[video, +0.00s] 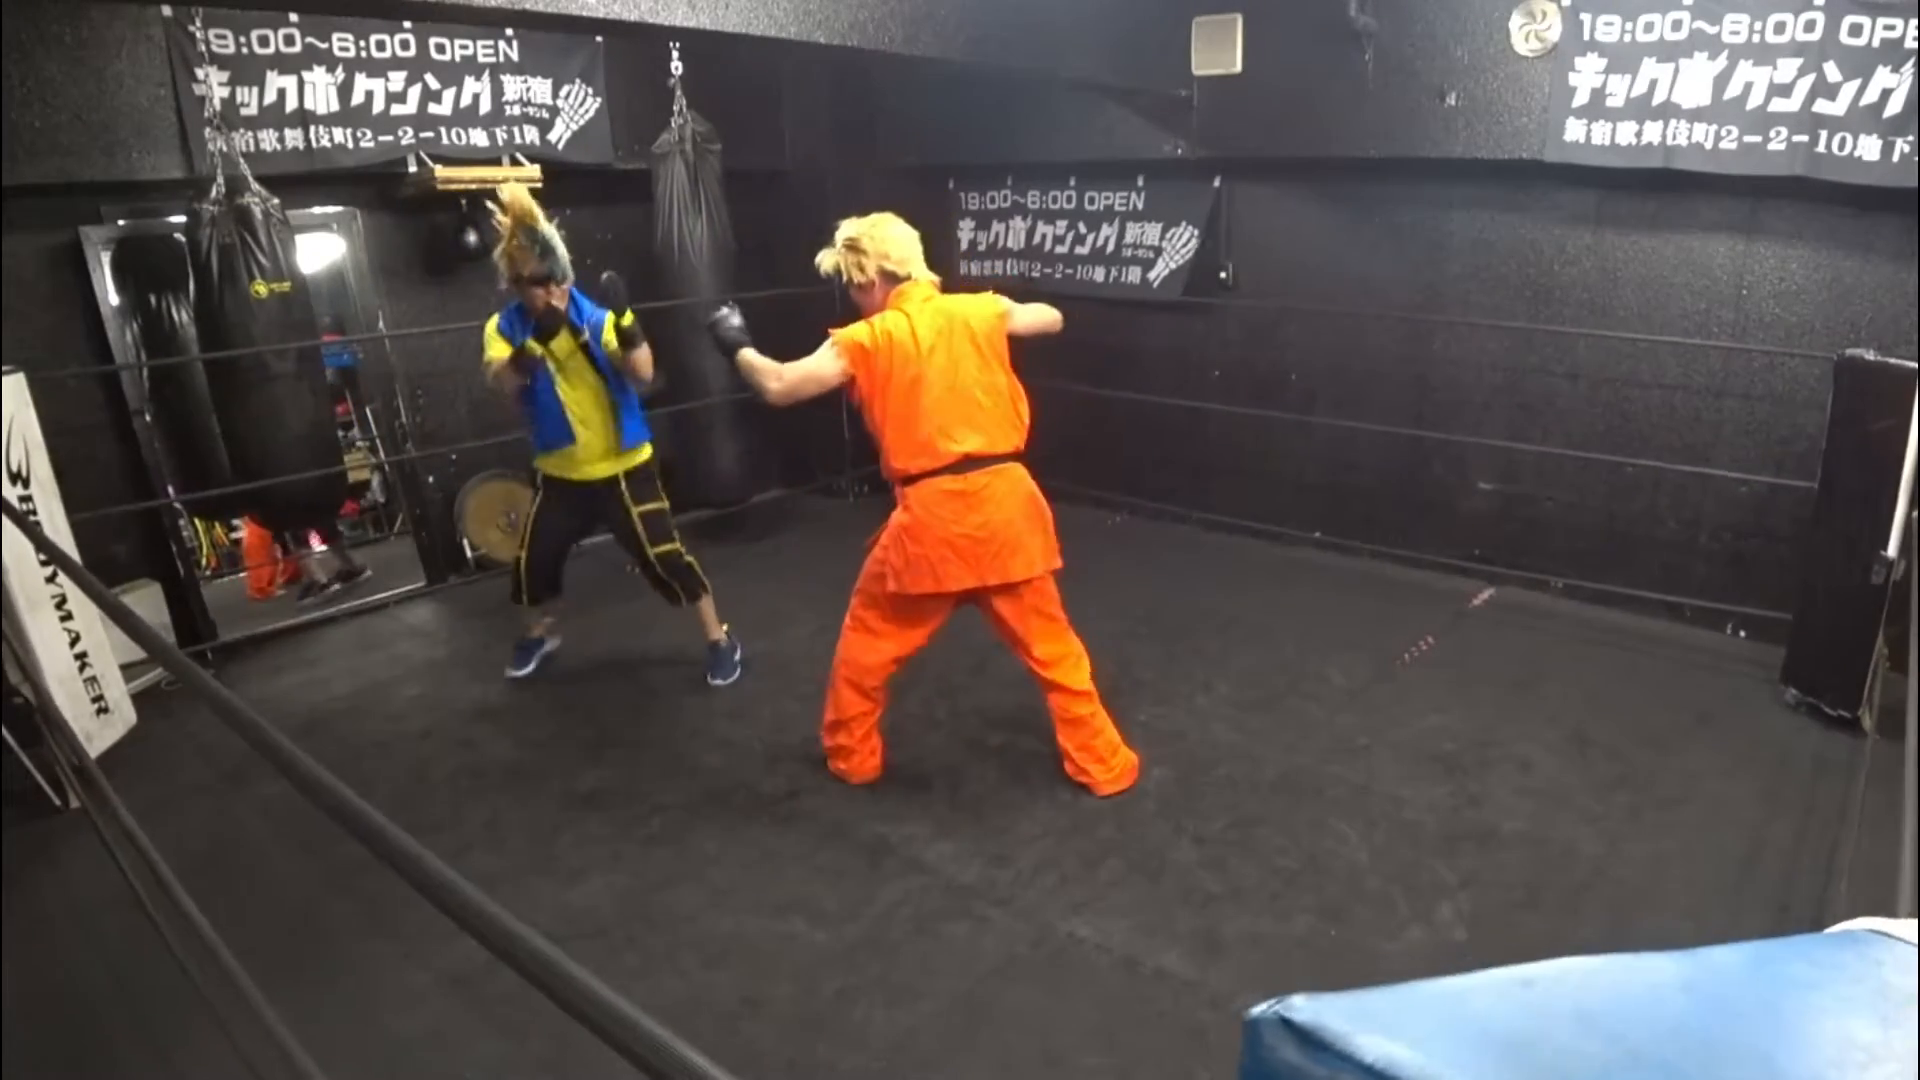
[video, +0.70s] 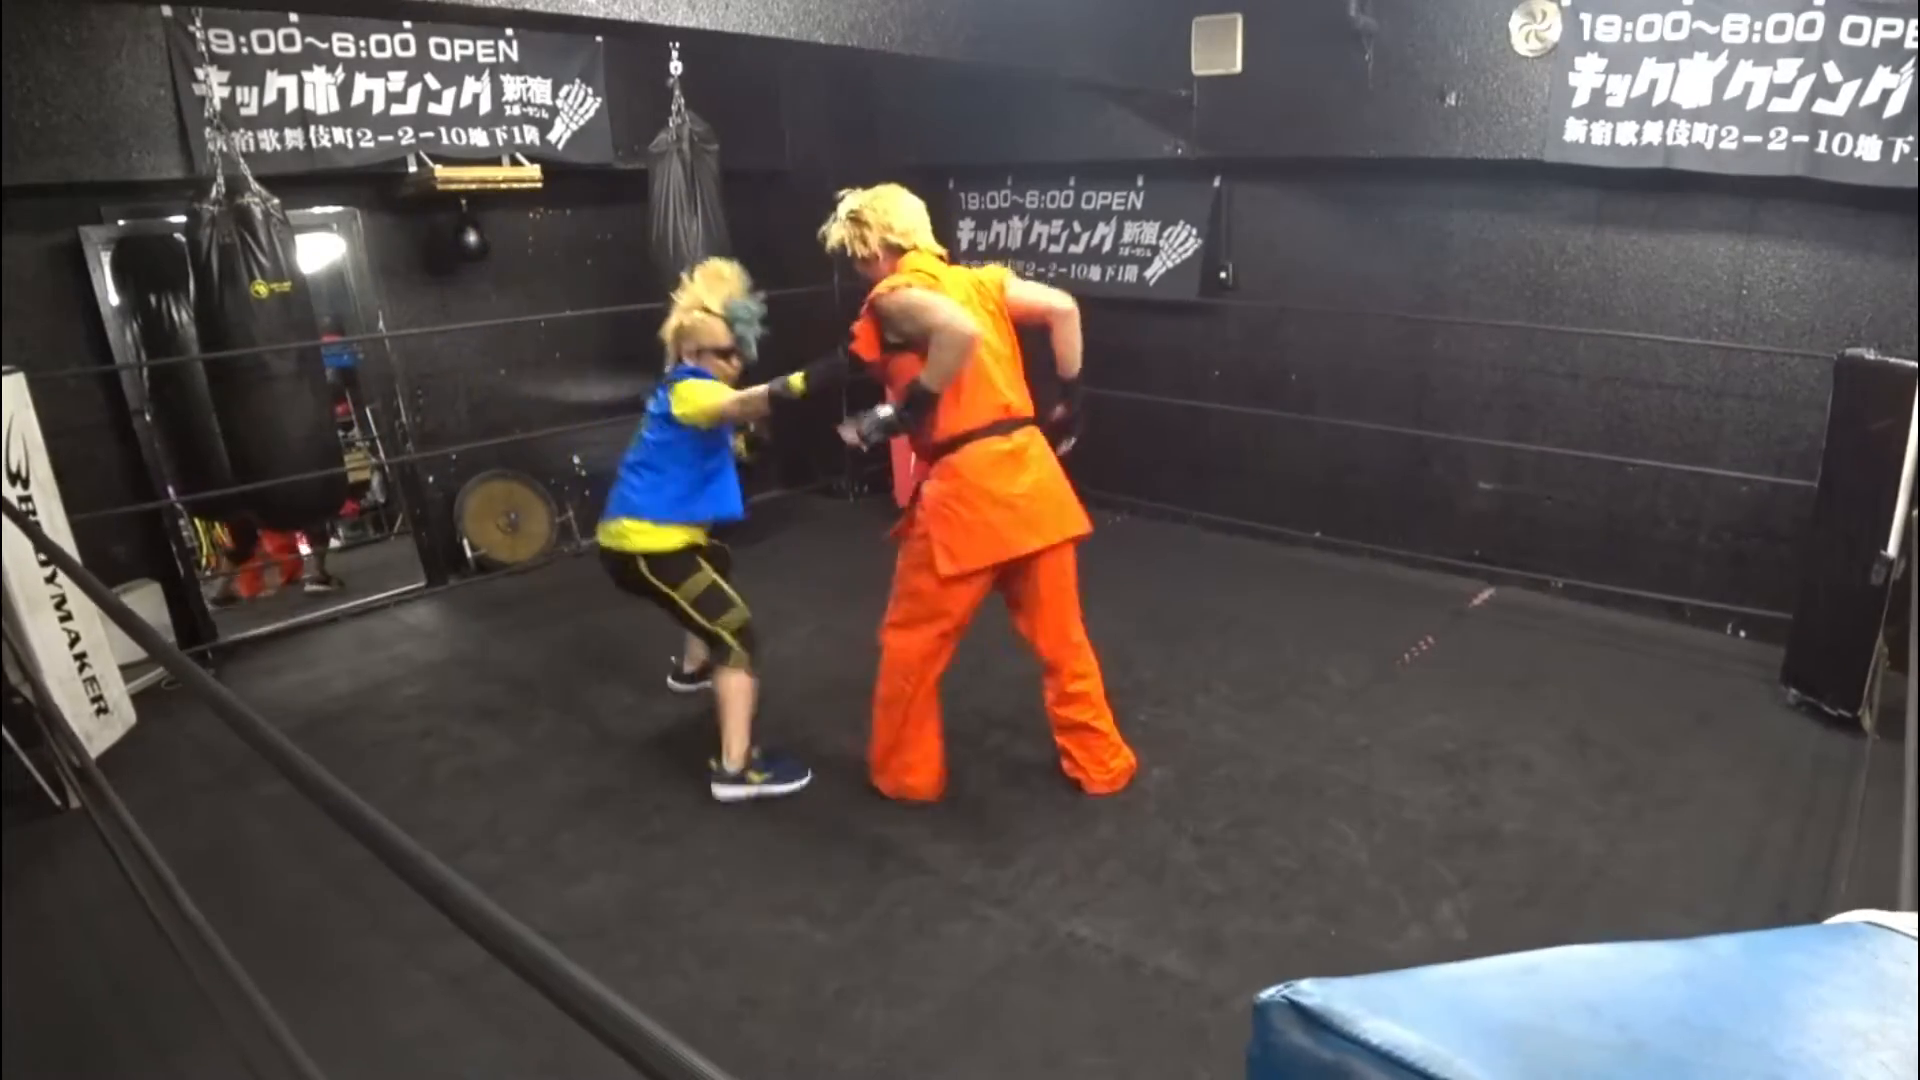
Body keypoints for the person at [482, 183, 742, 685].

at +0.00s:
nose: (544, 293)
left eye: (550, 280)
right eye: (532, 283)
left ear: (564, 278)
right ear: (515, 286)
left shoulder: (595, 315)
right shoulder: (505, 328)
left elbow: (644, 373)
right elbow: (505, 385)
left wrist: (627, 326)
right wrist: (532, 344)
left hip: (625, 462)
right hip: (562, 472)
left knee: (664, 556)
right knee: (534, 562)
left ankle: (718, 636)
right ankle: (541, 634)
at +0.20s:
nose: (572, 322)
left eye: (577, 311)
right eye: (558, 313)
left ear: (587, 313)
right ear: (531, 318)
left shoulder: (607, 357)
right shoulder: (511, 369)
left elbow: (663, 422)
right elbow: (529, 433)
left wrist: (653, 398)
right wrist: (573, 398)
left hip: (622, 494)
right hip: (558, 505)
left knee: (678, 563)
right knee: (525, 596)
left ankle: (690, 646)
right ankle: (520, 640)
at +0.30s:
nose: (617, 306)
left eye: (623, 294)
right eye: (603, 296)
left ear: (633, 296)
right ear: (575, 302)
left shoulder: (648, 354)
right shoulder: (551, 359)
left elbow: (683, 397)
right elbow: (549, 432)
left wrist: (693, 394)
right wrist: (610, 414)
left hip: (632, 496)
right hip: (571, 506)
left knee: (688, 565)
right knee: (552, 598)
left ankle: (687, 656)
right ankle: (526, 635)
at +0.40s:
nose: (666, 306)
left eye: (669, 295)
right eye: (654, 296)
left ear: (675, 300)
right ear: (623, 303)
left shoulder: (663, 352)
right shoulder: (598, 353)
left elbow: (681, 406)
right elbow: (575, 421)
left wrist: (701, 395)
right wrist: (644, 412)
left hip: (642, 497)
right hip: (592, 503)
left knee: (699, 562)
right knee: (604, 619)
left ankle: (689, 657)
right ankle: (523, 628)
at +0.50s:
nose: (703, 325)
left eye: (706, 313)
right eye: (691, 315)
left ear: (705, 313)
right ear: (658, 315)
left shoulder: (682, 364)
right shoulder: (638, 358)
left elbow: (707, 434)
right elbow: (620, 423)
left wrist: (717, 404)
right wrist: (681, 407)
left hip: (646, 503)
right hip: (605, 507)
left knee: (706, 560)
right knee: (665, 603)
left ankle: (691, 656)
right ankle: (559, 670)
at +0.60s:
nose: (725, 348)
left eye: (727, 338)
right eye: (714, 338)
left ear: (725, 338)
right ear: (684, 338)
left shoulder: (701, 382)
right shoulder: (669, 376)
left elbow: (709, 445)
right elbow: (663, 424)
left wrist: (726, 422)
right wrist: (717, 402)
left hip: (655, 512)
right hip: (623, 517)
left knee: (704, 565)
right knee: (695, 607)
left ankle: (689, 664)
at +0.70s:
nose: (734, 367)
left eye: (736, 355)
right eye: (722, 356)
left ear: (736, 351)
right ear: (693, 357)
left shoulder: (691, 389)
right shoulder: (687, 390)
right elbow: (737, 407)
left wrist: (740, 434)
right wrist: (801, 383)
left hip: (640, 536)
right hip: (648, 545)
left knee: (716, 563)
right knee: (735, 632)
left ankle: (694, 663)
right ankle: (736, 765)